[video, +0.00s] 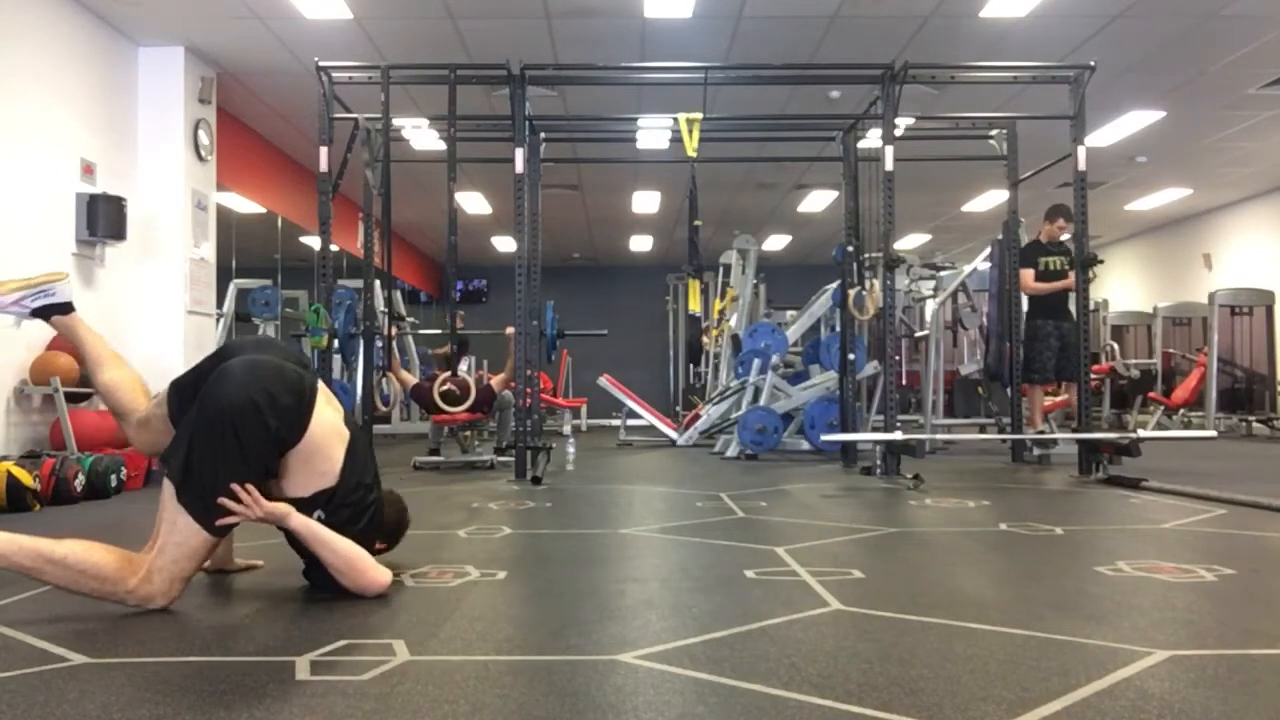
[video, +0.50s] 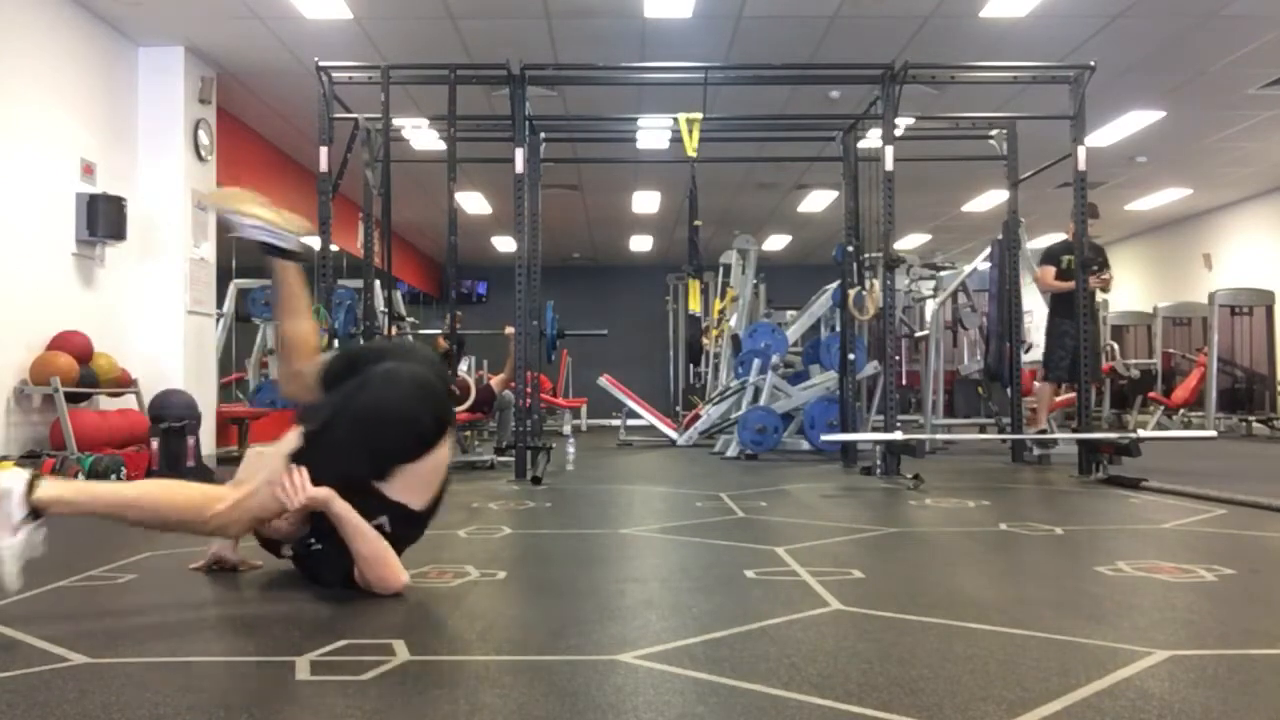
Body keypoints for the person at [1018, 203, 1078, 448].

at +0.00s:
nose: (1063, 234)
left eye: (1065, 230)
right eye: (1060, 228)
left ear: (1066, 228)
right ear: (1047, 223)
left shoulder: (1065, 251)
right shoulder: (1028, 251)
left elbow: (1073, 280)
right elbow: (1027, 286)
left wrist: (1080, 277)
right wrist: (1065, 283)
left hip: (1064, 317)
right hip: (1040, 318)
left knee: (1074, 373)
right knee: (1037, 376)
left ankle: (1077, 420)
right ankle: (1037, 425)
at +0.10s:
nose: (1070, 233)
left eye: (1071, 228)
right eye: (1066, 227)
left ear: (1072, 228)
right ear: (1052, 225)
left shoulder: (1074, 252)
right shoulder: (1034, 253)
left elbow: (1080, 279)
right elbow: (1032, 286)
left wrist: (1089, 279)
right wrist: (1068, 283)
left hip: (1073, 320)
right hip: (1047, 320)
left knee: (1076, 375)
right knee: (1040, 378)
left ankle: (1080, 422)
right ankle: (1038, 426)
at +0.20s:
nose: (1073, 231)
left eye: (1075, 226)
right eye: (1069, 225)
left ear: (1077, 228)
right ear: (1057, 224)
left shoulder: (1078, 252)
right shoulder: (1040, 253)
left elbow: (1082, 281)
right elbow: (1037, 286)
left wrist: (1092, 281)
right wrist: (1071, 283)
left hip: (1077, 320)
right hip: (1052, 320)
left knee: (1079, 375)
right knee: (1045, 376)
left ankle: (1082, 422)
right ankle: (1038, 425)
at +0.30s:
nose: (1079, 229)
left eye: (1082, 224)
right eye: (1075, 223)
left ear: (1085, 226)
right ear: (1064, 222)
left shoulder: (1085, 252)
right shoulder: (1045, 253)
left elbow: (1092, 285)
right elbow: (1041, 286)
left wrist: (1097, 281)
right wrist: (1074, 283)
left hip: (1081, 319)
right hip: (1056, 320)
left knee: (1083, 375)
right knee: (1049, 376)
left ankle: (1083, 423)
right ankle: (1039, 425)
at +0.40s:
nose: (1081, 229)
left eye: (1085, 224)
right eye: (1077, 223)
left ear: (1089, 225)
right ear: (1068, 223)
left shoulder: (1094, 252)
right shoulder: (1052, 251)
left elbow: (1102, 280)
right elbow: (1044, 284)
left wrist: (1101, 281)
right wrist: (1078, 283)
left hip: (1086, 318)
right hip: (1060, 318)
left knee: (1086, 373)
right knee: (1051, 373)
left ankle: (1085, 422)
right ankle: (1040, 423)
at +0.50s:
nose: (1086, 228)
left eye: (1090, 224)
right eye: (1082, 223)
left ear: (1094, 225)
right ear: (1071, 223)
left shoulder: (1097, 252)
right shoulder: (1055, 251)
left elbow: (1106, 282)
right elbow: (1045, 283)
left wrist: (1103, 281)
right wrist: (1080, 283)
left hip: (1088, 319)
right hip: (1062, 319)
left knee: (1088, 374)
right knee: (1053, 374)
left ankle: (1085, 423)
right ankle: (1041, 424)